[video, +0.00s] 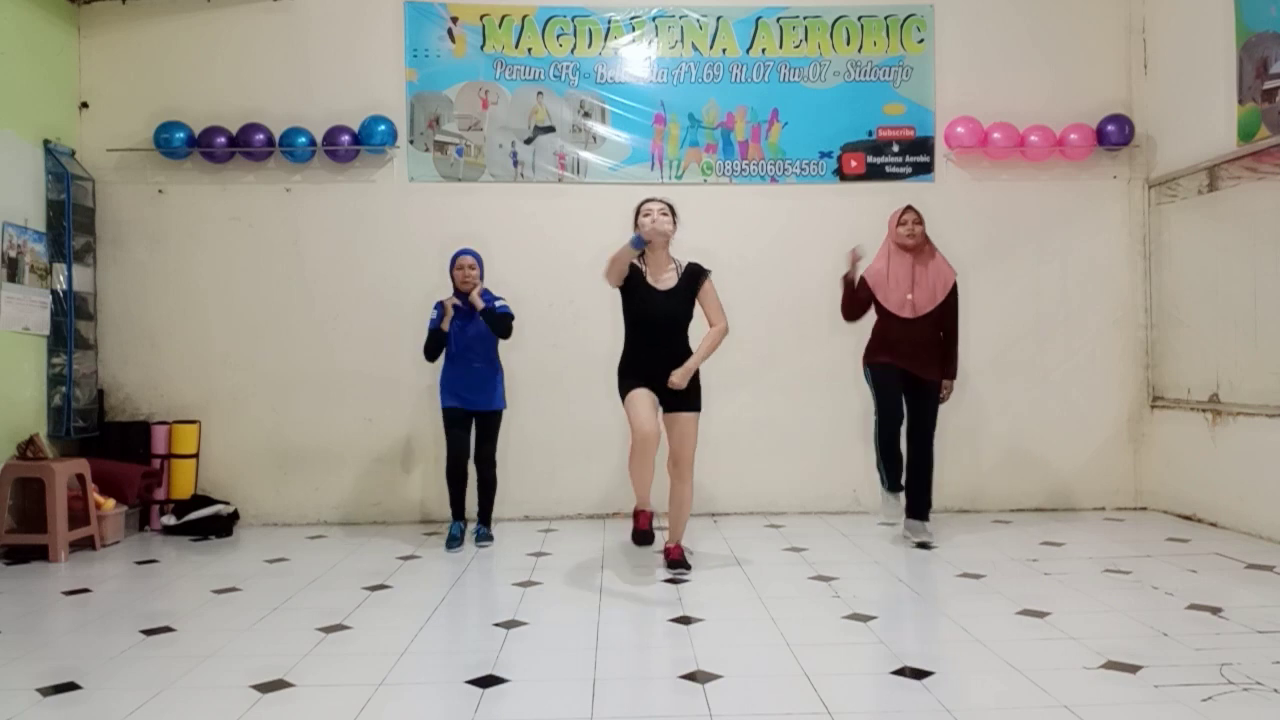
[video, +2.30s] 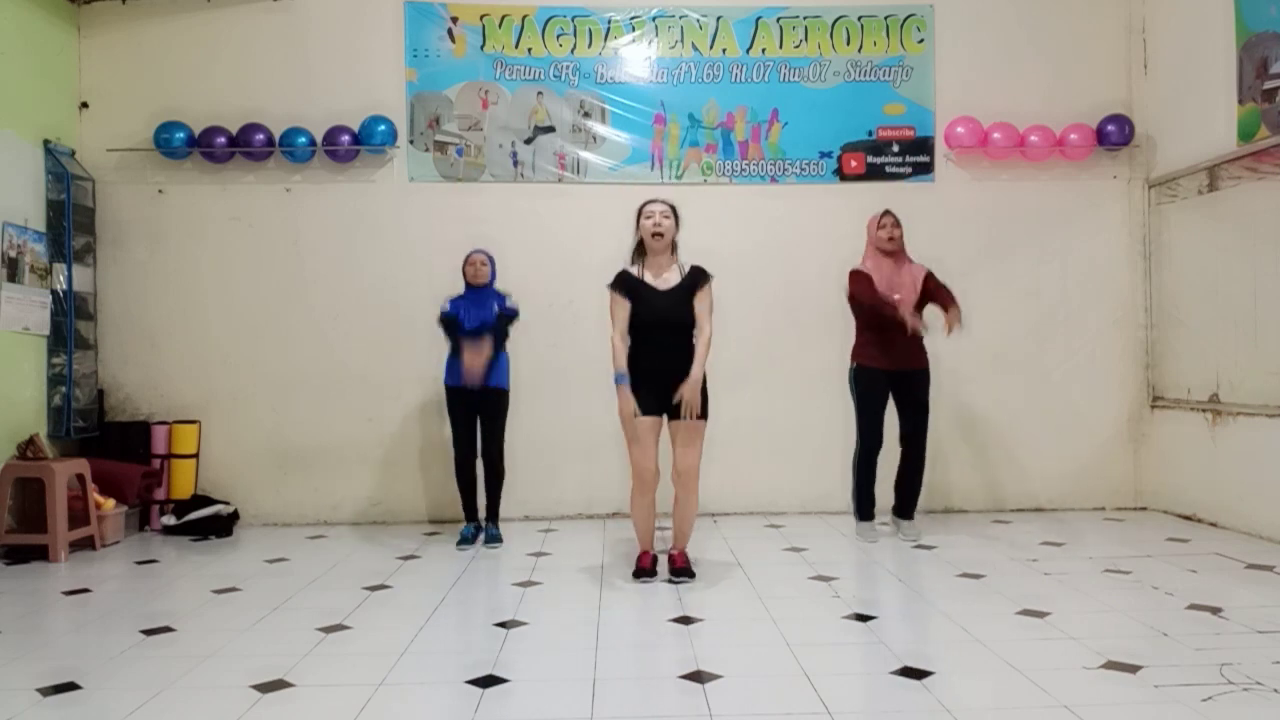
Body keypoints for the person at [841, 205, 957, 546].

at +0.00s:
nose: (911, 228)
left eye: (916, 223)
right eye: (904, 224)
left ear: (925, 230)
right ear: (892, 232)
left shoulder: (941, 272)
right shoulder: (881, 270)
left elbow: (950, 327)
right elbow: (852, 312)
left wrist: (949, 373)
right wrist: (850, 276)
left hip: (926, 364)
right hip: (885, 359)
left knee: (922, 441)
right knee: (889, 417)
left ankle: (917, 519)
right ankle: (891, 489)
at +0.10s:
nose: (912, 231)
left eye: (916, 226)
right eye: (904, 227)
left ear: (923, 233)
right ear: (892, 235)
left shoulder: (937, 274)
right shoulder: (882, 270)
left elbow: (947, 328)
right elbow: (858, 287)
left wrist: (948, 377)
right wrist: (882, 254)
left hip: (926, 373)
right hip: (884, 372)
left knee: (926, 447)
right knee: (888, 443)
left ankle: (917, 519)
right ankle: (885, 519)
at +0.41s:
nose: (910, 233)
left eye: (914, 228)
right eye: (902, 229)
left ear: (922, 234)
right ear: (890, 238)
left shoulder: (933, 276)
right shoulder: (878, 271)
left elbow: (938, 327)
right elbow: (878, 280)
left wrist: (972, 323)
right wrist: (904, 272)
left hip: (921, 368)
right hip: (879, 368)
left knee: (934, 441)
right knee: (883, 442)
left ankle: (920, 509)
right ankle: (884, 518)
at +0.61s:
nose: (909, 229)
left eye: (914, 224)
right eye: (901, 225)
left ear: (922, 231)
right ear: (890, 234)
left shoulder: (936, 271)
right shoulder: (879, 269)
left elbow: (966, 298)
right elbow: (876, 278)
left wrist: (967, 265)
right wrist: (903, 270)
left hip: (923, 367)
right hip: (882, 363)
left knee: (927, 444)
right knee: (885, 436)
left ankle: (919, 519)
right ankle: (885, 512)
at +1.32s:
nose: (899, 234)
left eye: (904, 229)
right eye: (893, 230)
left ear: (911, 234)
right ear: (882, 237)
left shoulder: (924, 265)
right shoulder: (870, 268)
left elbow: (943, 246)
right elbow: (864, 258)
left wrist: (933, 216)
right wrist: (879, 229)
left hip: (917, 361)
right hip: (875, 360)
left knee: (918, 438)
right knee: (873, 435)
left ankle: (908, 513)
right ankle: (874, 511)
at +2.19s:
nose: (891, 224)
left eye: (895, 219)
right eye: (884, 220)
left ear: (902, 226)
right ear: (872, 228)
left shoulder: (915, 257)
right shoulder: (859, 258)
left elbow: (949, 270)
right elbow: (860, 274)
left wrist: (941, 256)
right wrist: (893, 258)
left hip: (911, 356)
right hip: (871, 356)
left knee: (912, 434)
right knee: (872, 430)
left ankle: (907, 509)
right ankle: (868, 508)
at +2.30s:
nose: (891, 232)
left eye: (895, 226)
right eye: (883, 227)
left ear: (903, 234)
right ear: (871, 236)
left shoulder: (917, 273)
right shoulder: (860, 275)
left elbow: (939, 291)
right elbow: (868, 303)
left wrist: (951, 307)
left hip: (912, 368)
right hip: (871, 368)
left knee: (914, 443)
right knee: (869, 442)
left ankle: (904, 514)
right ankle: (864, 517)